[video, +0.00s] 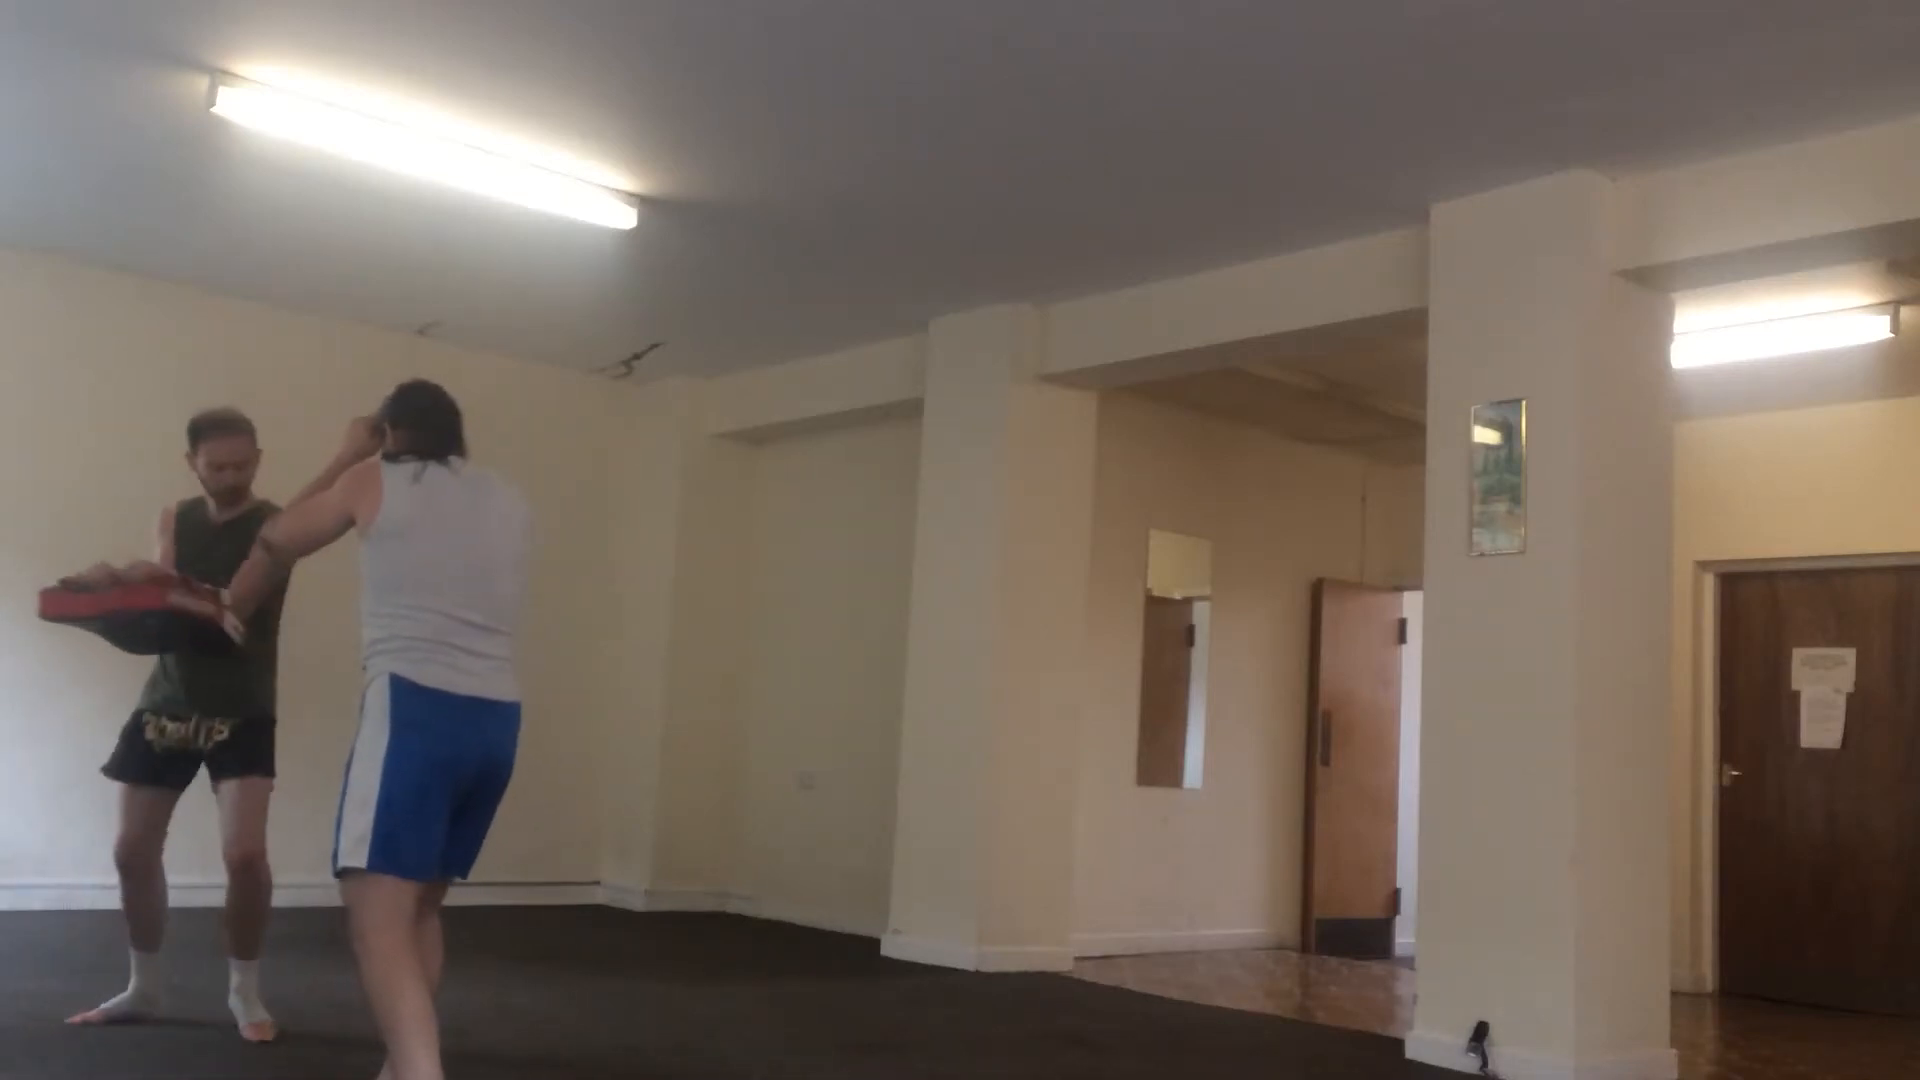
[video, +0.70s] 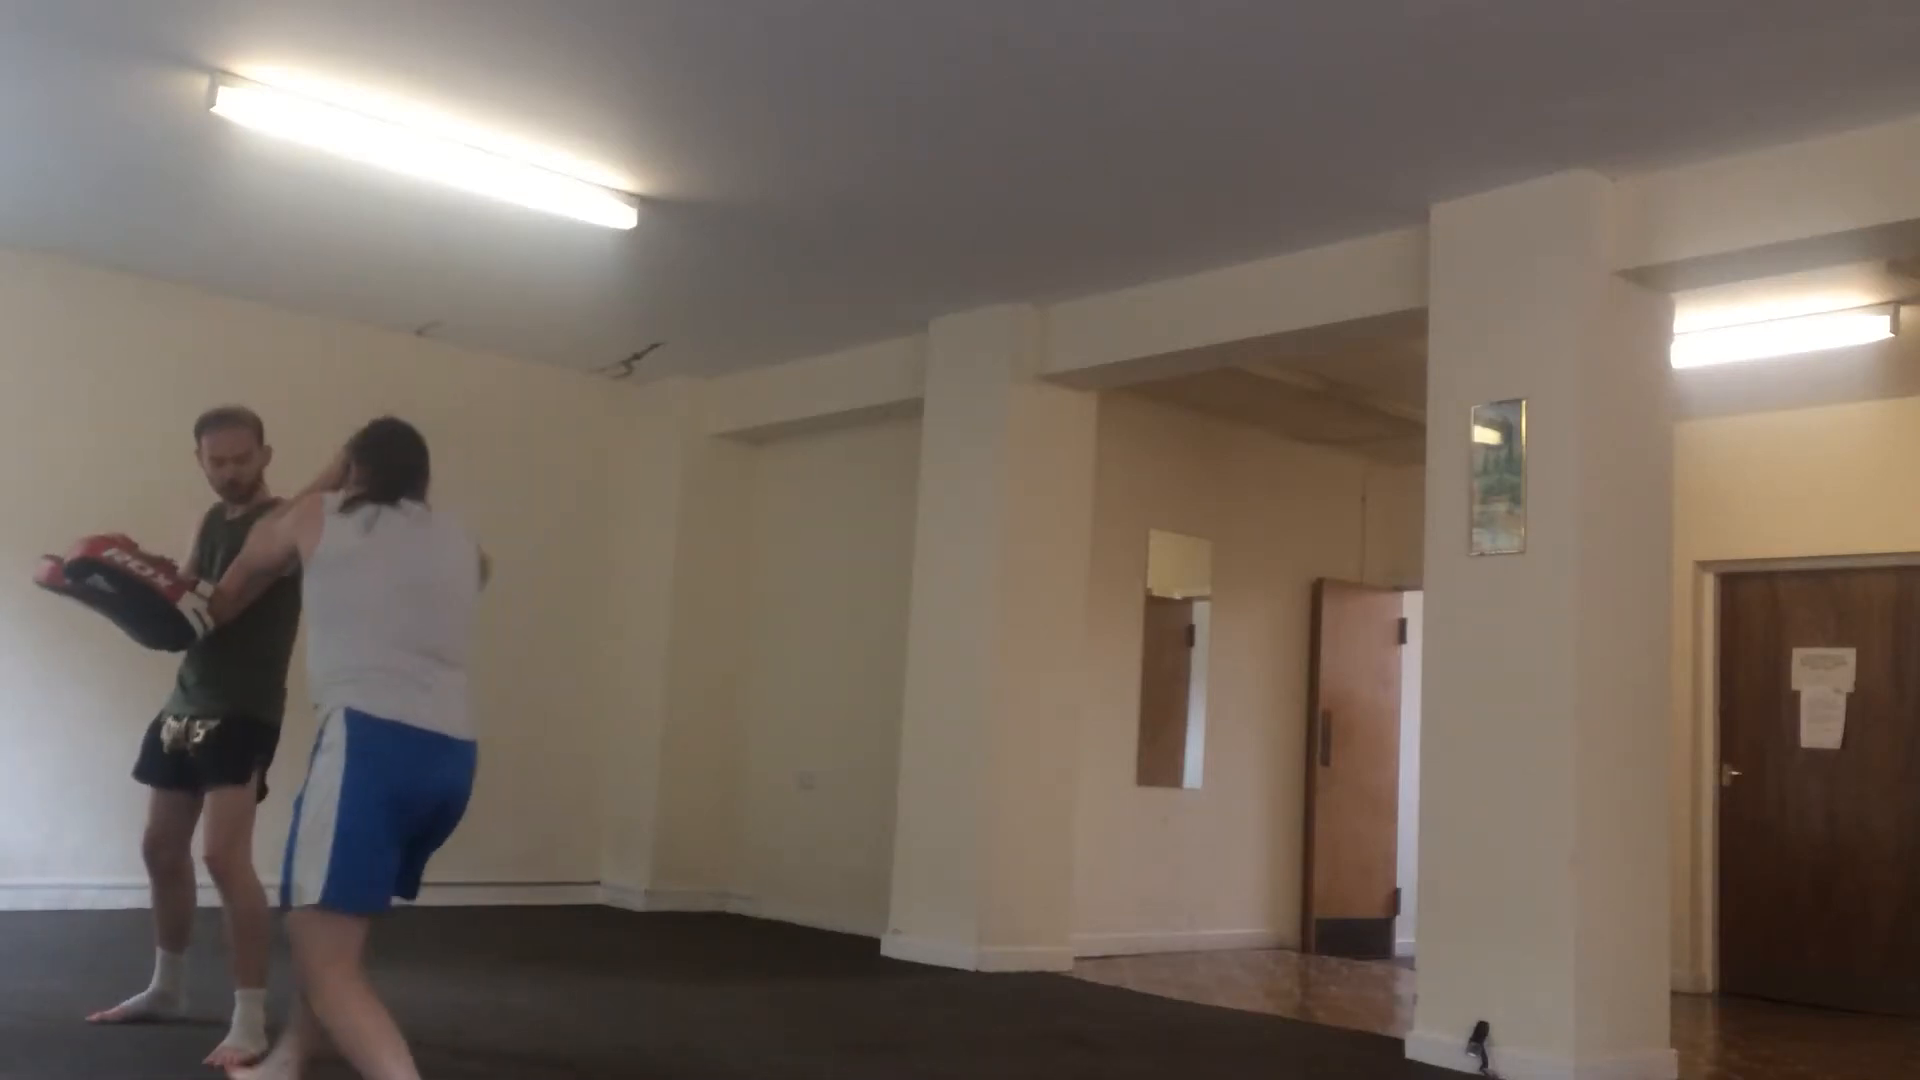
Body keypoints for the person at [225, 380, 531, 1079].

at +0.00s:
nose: (376, 437)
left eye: (380, 430)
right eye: (380, 429)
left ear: (390, 434)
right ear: (458, 436)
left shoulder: (375, 481)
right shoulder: (510, 501)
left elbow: (280, 535)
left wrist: (341, 463)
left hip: (409, 714)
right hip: (494, 723)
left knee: (378, 921)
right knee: (423, 908)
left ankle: (421, 1071)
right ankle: (405, 1062)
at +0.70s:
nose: (335, 467)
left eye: (340, 459)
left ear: (352, 469)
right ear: (424, 481)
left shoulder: (316, 514)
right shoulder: (461, 545)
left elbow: (227, 598)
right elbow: (477, 573)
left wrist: (310, 496)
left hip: (364, 747)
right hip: (448, 761)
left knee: (327, 968)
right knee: (337, 924)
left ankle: (401, 1073)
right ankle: (287, 1061)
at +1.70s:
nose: (275, 477)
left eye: (277, 466)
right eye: (279, 467)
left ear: (290, 472)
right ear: (349, 469)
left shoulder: (267, 526)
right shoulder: (392, 549)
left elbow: (173, 574)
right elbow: (340, 618)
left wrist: (221, 499)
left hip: (260, 741)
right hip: (346, 752)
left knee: (169, 876)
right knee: (312, 884)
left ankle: (129, 1048)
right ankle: (339, 1028)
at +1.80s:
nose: (298, 479)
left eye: (301, 469)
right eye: (302, 469)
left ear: (314, 472)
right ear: (372, 473)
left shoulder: (301, 519)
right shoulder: (420, 544)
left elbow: (214, 579)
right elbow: (372, 621)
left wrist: (263, 499)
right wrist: (285, 620)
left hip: (296, 744)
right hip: (382, 754)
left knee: (202, 885)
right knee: (340, 909)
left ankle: (136, 1048)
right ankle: (405, 1053)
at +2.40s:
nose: (359, 443)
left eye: (365, 435)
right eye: (366, 435)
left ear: (382, 438)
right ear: (446, 442)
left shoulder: (355, 482)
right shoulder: (496, 504)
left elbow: (292, 556)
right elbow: (468, 579)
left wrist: (342, 476)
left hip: (390, 726)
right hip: (486, 731)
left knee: (349, 921)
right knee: (446, 902)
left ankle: (382, 1071)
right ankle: (457, 1068)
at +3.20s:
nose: (420, 405)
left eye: (426, 398)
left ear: (429, 404)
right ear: (509, 411)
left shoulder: (382, 458)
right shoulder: (548, 467)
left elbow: (330, 533)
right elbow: (583, 542)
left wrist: (404, 453)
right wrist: (522, 490)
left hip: (396, 709)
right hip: (506, 714)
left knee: (372, 941)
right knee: (495, 930)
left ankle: (348, 1073)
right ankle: (482, 1073)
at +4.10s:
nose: (409, 457)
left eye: (414, 447)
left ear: (422, 453)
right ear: (493, 459)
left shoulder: (375, 520)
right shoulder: (526, 535)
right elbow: (582, 566)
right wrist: (508, 492)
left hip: (358, 766)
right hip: (459, 776)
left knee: (323, 910)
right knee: (498, 986)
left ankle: (310, 1066)